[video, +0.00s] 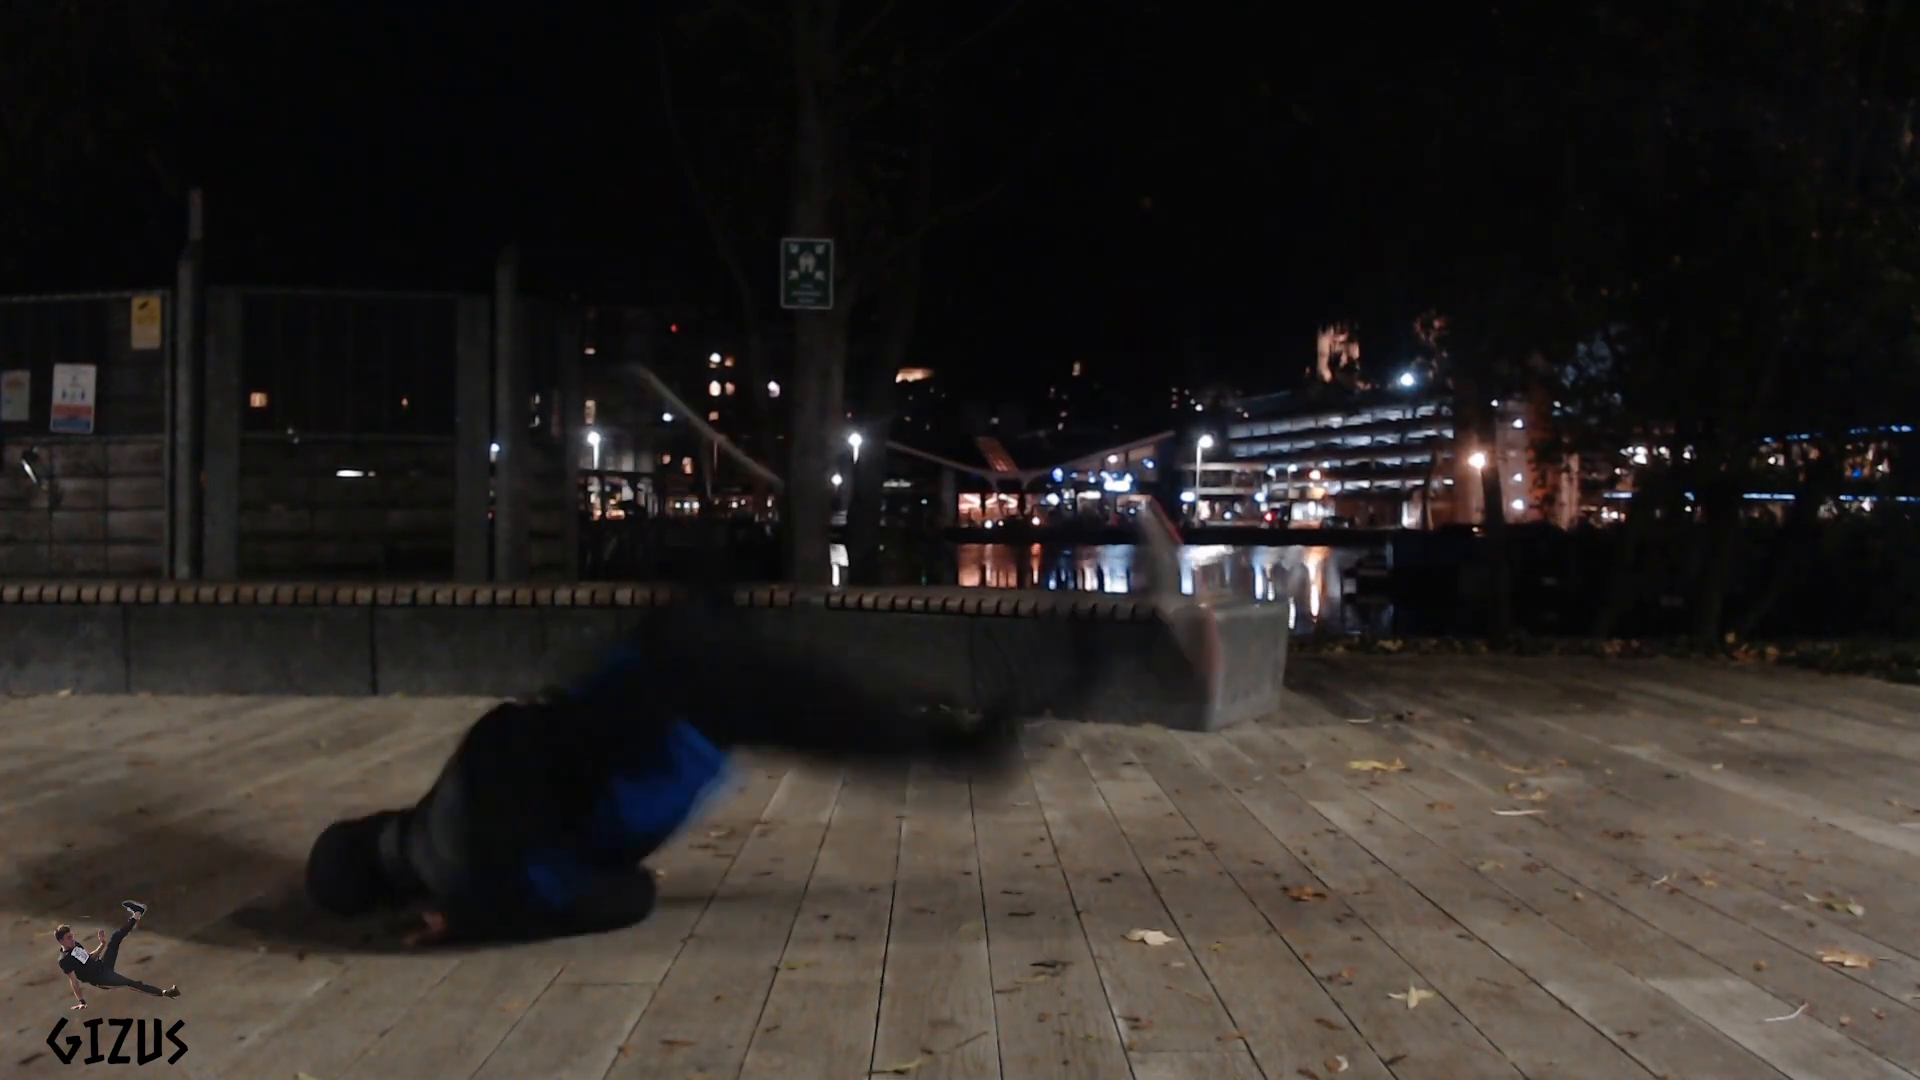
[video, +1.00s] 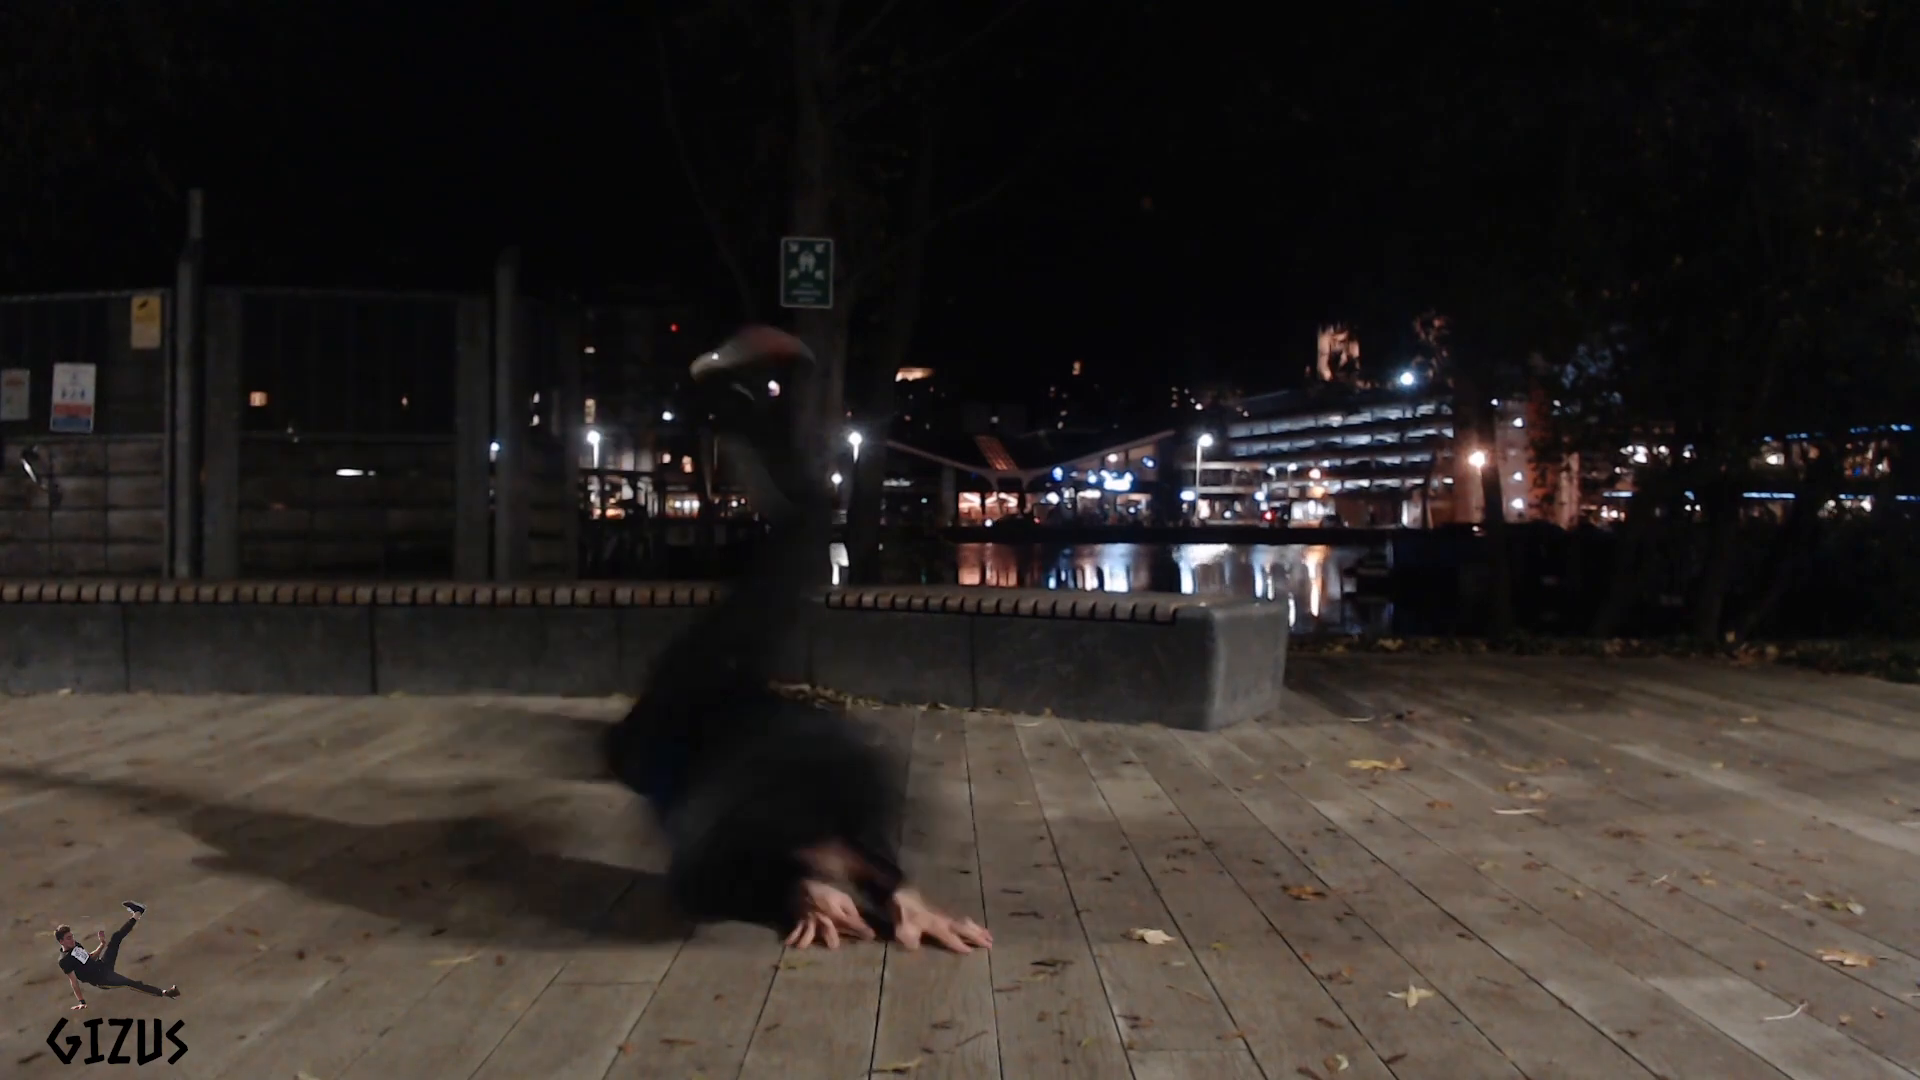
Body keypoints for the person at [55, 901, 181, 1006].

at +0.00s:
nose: (73, 939)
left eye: (72, 936)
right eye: (69, 938)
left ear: (71, 936)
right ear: (61, 942)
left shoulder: (76, 946)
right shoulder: (64, 960)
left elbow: (91, 957)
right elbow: (74, 982)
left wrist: (102, 944)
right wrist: (81, 1001)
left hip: (104, 965)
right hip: (102, 978)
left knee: (116, 938)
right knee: (133, 983)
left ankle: (135, 917)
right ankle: (165, 993)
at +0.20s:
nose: (73, 939)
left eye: (72, 936)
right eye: (69, 938)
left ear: (70, 937)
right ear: (62, 941)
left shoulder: (75, 946)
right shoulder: (64, 960)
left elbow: (91, 957)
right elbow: (74, 982)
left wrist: (102, 944)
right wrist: (81, 1001)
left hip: (104, 965)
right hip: (102, 977)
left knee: (115, 939)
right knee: (133, 983)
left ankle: (136, 916)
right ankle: (165, 993)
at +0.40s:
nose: (73, 939)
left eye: (72, 936)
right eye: (69, 938)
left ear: (71, 936)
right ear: (61, 941)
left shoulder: (76, 946)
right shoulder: (64, 960)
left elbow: (91, 958)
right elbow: (74, 982)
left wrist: (102, 945)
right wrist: (81, 1001)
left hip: (104, 965)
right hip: (102, 978)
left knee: (115, 939)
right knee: (133, 984)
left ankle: (136, 916)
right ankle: (165, 993)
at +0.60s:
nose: (73, 939)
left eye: (72, 936)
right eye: (69, 938)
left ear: (71, 936)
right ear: (62, 942)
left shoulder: (76, 946)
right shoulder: (64, 960)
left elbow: (91, 957)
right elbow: (73, 981)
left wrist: (102, 945)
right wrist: (80, 1001)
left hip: (104, 964)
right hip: (101, 978)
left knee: (115, 939)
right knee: (131, 983)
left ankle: (136, 916)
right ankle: (164, 993)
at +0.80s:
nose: (72, 939)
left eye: (72, 936)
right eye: (69, 938)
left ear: (70, 937)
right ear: (61, 941)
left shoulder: (75, 946)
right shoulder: (64, 960)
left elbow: (91, 958)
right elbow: (74, 982)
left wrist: (102, 945)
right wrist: (81, 1002)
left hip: (104, 965)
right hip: (102, 978)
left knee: (116, 938)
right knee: (132, 983)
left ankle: (136, 916)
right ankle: (164, 993)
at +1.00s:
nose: (72, 939)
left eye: (72, 936)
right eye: (69, 938)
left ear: (70, 937)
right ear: (61, 942)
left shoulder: (75, 946)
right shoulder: (64, 960)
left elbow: (91, 958)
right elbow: (74, 982)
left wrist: (102, 945)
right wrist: (81, 1002)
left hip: (104, 965)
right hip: (102, 978)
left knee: (116, 938)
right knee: (132, 983)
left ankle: (136, 916)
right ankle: (164, 993)